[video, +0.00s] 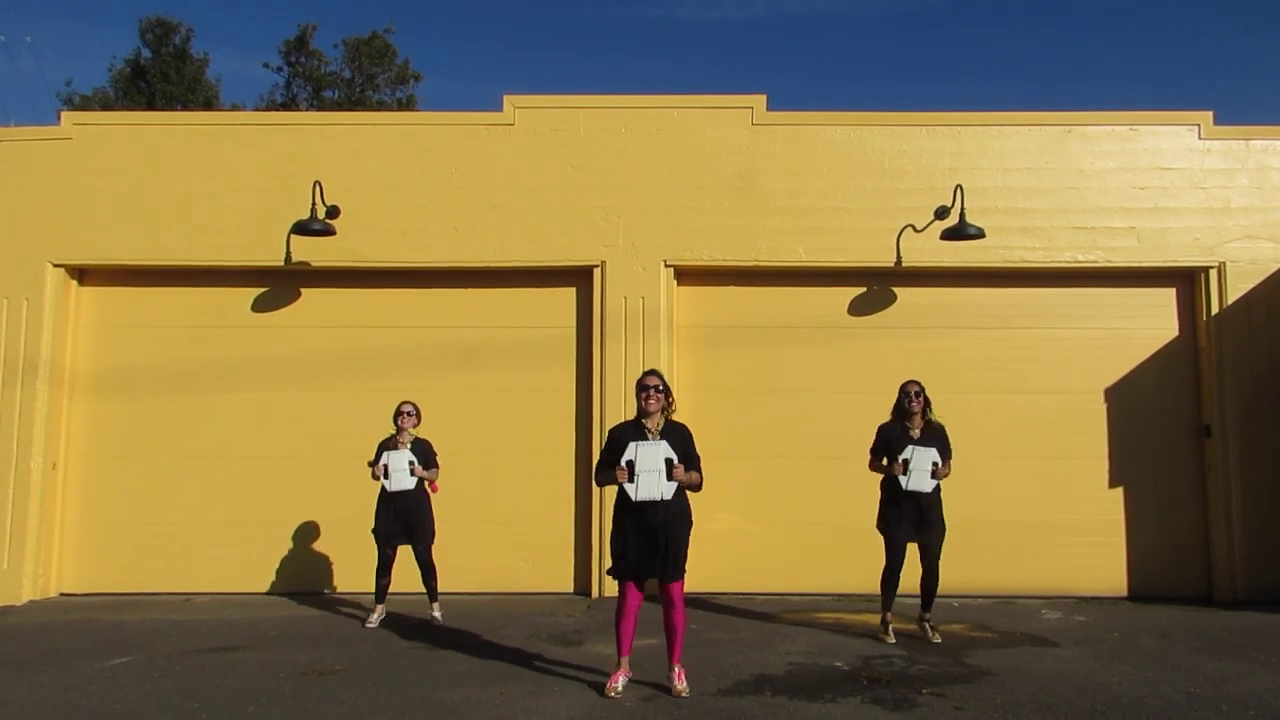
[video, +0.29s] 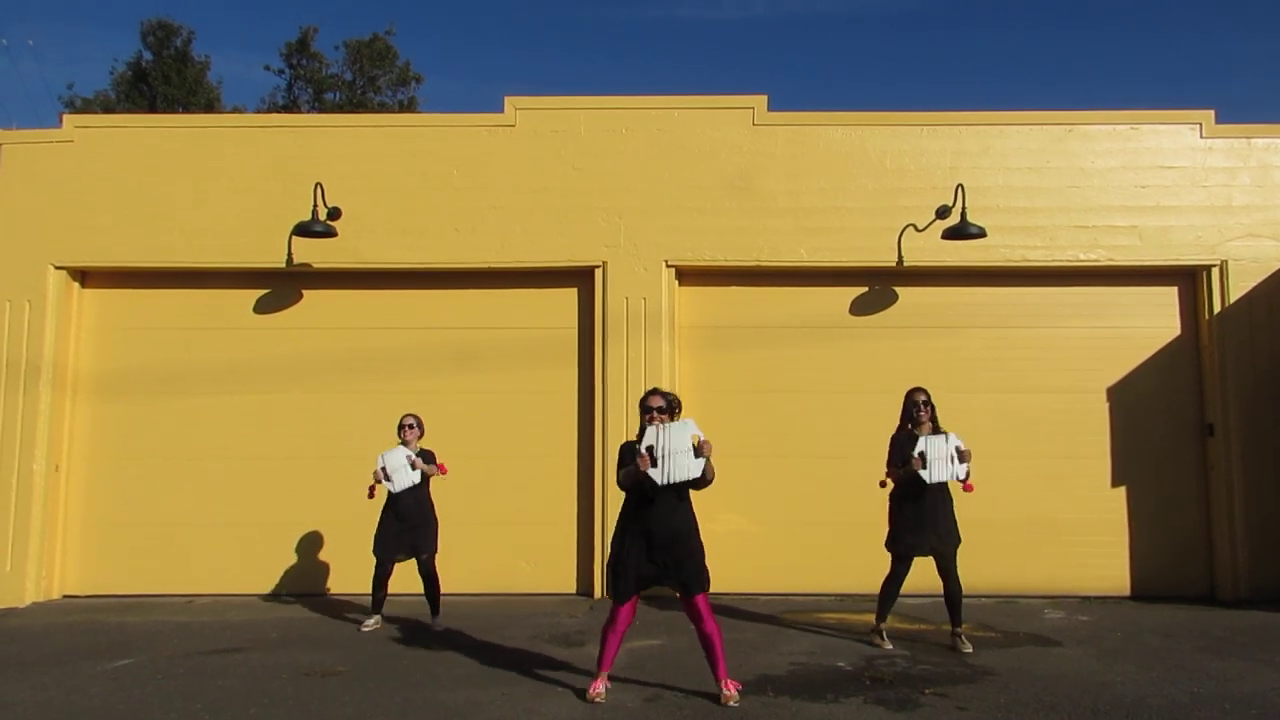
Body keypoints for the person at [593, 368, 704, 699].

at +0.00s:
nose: (650, 394)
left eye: (657, 390)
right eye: (645, 389)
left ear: (667, 396)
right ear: (637, 395)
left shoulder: (680, 433)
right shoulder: (621, 433)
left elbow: (697, 481)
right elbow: (600, 476)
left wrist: (683, 476)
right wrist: (616, 474)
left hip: (672, 529)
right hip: (631, 529)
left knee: (673, 597)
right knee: (629, 598)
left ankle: (676, 668)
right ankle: (622, 667)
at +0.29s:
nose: (653, 416)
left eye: (660, 411)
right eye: (647, 411)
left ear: (672, 415)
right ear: (640, 415)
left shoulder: (681, 447)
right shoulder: (631, 449)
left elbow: (702, 482)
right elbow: (623, 482)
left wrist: (704, 458)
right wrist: (638, 469)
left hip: (679, 540)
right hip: (636, 541)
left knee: (701, 613)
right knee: (621, 614)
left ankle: (724, 683)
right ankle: (600, 679)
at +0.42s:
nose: (660, 393)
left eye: (667, 388)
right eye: (655, 388)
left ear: (678, 392)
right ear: (647, 393)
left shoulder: (694, 423)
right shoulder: (638, 430)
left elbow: (736, 433)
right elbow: (626, 469)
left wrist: (741, 399)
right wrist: (608, 476)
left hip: (689, 522)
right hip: (647, 523)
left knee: (707, 593)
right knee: (628, 592)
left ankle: (728, 668)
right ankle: (608, 658)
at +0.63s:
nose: (673, 410)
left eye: (679, 403)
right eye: (668, 404)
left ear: (693, 406)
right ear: (660, 409)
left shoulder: (710, 430)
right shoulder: (656, 445)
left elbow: (737, 391)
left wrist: (741, 351)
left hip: (705, 530)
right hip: (664, 532)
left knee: (718, 602)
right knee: (634, 599)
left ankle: (733, 674)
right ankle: (639, 548)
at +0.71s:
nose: (684, 408)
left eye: (688, 402)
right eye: (677, 403)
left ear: (694, 402)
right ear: (665, 405)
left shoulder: (707, 427)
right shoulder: (654, 441)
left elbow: (736, 399)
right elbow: (629, 479)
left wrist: (732, 364)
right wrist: (600, 502)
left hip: (703, 526)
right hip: (661, 527)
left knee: (724, 600)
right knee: (634, 592)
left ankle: (737, 668)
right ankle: (626, 598)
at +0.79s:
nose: (670, 408)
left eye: (677, 402)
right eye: (665, 403)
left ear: (691, 404)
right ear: (659, 405)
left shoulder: (701, 432)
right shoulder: (650, 440)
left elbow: (729, 440)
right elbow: (630, 473)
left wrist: (717, 417)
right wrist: (615, 489)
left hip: (698, 523)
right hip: (655, 524)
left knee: (719, 596)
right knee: (627, 597)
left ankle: (744, 666)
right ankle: (608, 643)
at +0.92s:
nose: (666, 422)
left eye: (673, 417)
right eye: (660, 417)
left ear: (684, 420)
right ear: (653, 420)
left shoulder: (696, 453)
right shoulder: (644, 453)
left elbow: (710, 499)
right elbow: (624, 467)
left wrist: (709, 492)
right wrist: (636, 454)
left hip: (693, 544)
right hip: (650, 543)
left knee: (714, 614)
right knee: (628, 615)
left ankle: (743, 682)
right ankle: (604, 679)